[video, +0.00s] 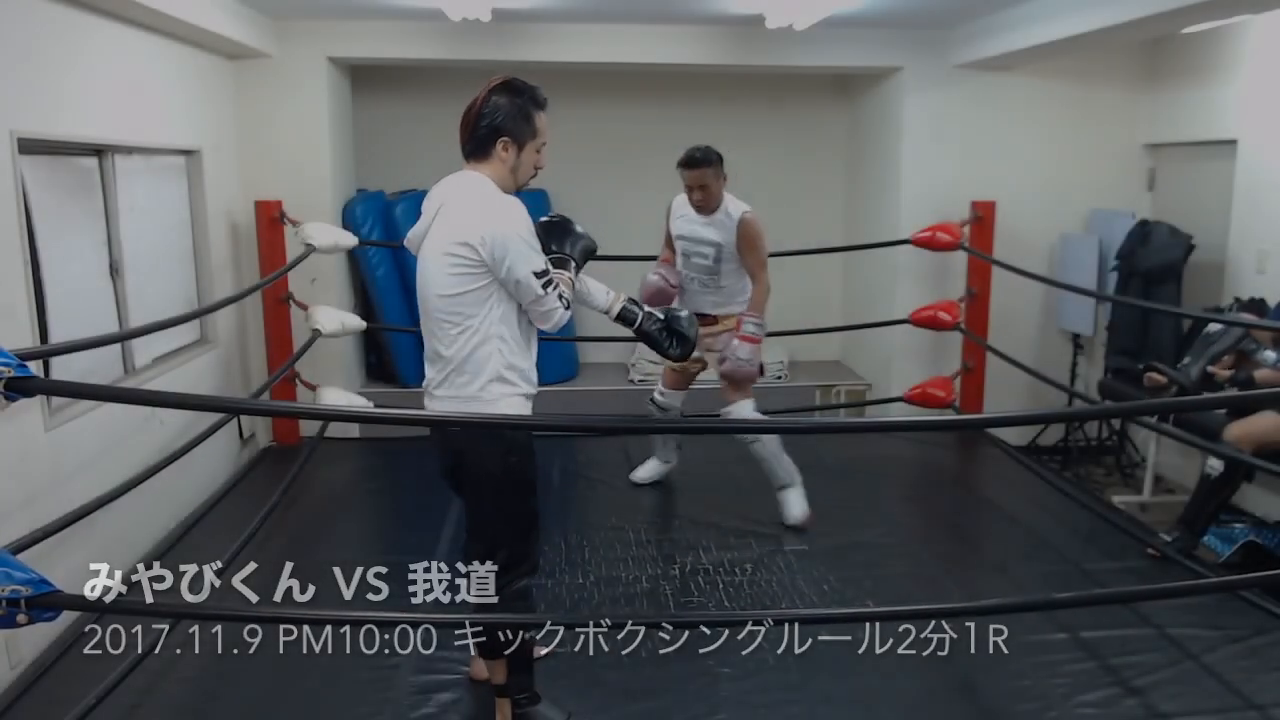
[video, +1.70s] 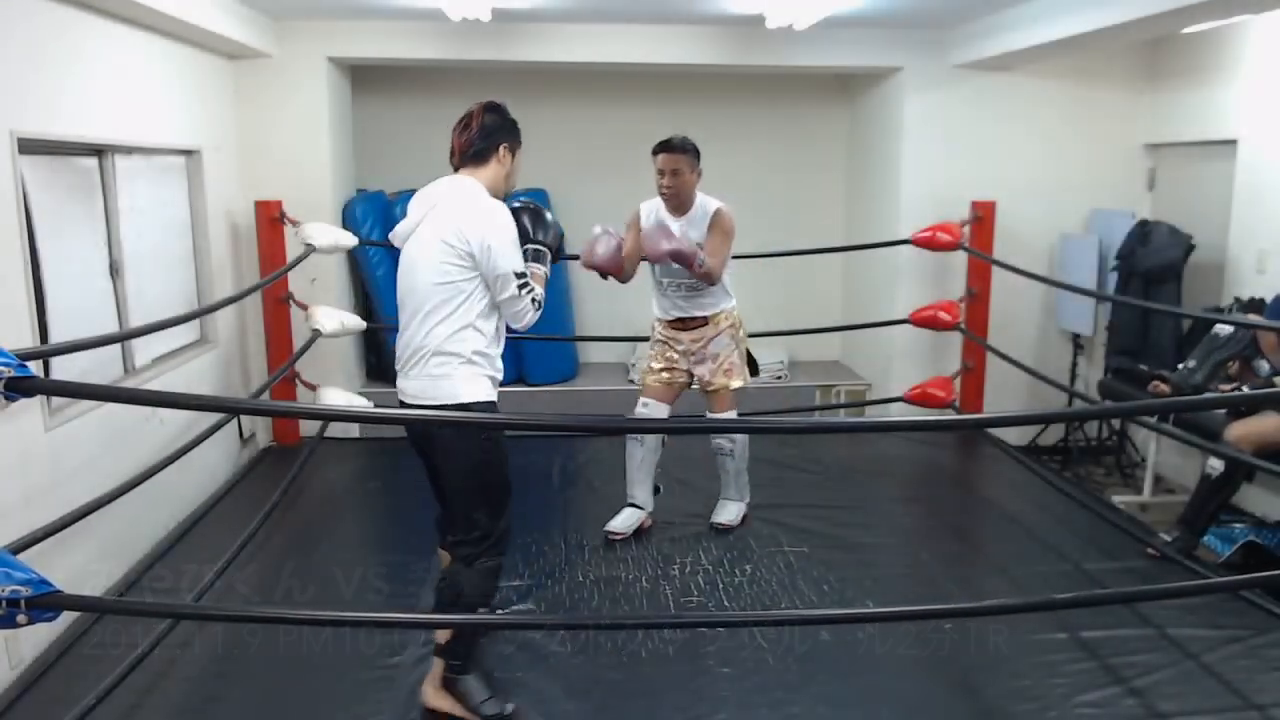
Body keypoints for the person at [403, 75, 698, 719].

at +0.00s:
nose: (541, 162)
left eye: (544, 149)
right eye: (537, 148)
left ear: (485, 142)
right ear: (505, 144)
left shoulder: (445, 195)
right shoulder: (502, 213)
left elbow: (423, 248)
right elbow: (550, 311)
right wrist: (565, 264)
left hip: (453, 405)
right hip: (492, 412)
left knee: (487, 537)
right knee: (512, 555)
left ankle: (487, 654)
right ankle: (512, 703)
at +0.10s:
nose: (539, 166)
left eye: (541, 153)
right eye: (536, 151)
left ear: (486, 144)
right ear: (505, 145)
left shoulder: (451, 194)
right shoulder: (492, 210)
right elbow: (546, 307)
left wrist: (627, 321)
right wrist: (545, 256)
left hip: (448, 408)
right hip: (479, 414)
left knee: (482, 535)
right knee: (505, 554)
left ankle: (489, 650)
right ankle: (512, 697)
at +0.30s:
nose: (529, 166)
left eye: (531, 154)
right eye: (526, 152)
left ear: (480, 143)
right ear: (494, 143)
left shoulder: (442, 193)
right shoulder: (479, 202)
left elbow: (535, 271)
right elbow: (533, 291)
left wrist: (611, 323)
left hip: (440, 406)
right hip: (463, 410)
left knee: (480, 532)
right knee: (479, 545)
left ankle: (489, 647)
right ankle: (457, 682)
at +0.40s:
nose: (518, 161)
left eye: (520, 149)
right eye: (515, 148)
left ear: (464, 142)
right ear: (483, 143)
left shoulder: (430, 195)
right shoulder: (470, 200)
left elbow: (485, 281)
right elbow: (530, 283)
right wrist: (609, 328)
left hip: (437, 403)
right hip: (458, 407)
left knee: (479, 529)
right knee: (469, 542)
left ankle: (484, 648)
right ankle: (417, 685)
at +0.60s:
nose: (497, 160)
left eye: (498, 147)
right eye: (492, 146)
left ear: (446, 143)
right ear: (458, 143)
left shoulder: (426, 198)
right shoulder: (439, 206)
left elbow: (476, 296)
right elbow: (499, 304)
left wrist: (505, 272)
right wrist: (576, 337)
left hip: (447, 410)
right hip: (431, 417)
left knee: (481, 526)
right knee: (432, 567)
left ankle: (484, 649)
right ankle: (383, 702)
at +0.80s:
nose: (488, 163)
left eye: (489, 150)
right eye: (485, 149)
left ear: (433, 146)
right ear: (454, 148)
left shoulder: (399, 202)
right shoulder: (427, 218)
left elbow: (412, 324)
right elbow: (431, 344)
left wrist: (477, 348)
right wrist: (488, 326)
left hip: (415, 421)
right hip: (410, 430)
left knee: (468, 535)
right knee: (401, 577)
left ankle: (486, 646)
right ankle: (376, 704)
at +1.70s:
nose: (514, 174)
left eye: (515, 163)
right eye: (516, 162)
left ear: (462, 150)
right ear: (503, 153)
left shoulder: (429, 201)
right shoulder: (485, 212)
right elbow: (522, 314)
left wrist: (522, 256)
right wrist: (542, 261)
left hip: (420, 392)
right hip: (462, 397)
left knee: (459, 524)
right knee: (484, 537)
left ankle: (453, 623)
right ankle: (447, 679)